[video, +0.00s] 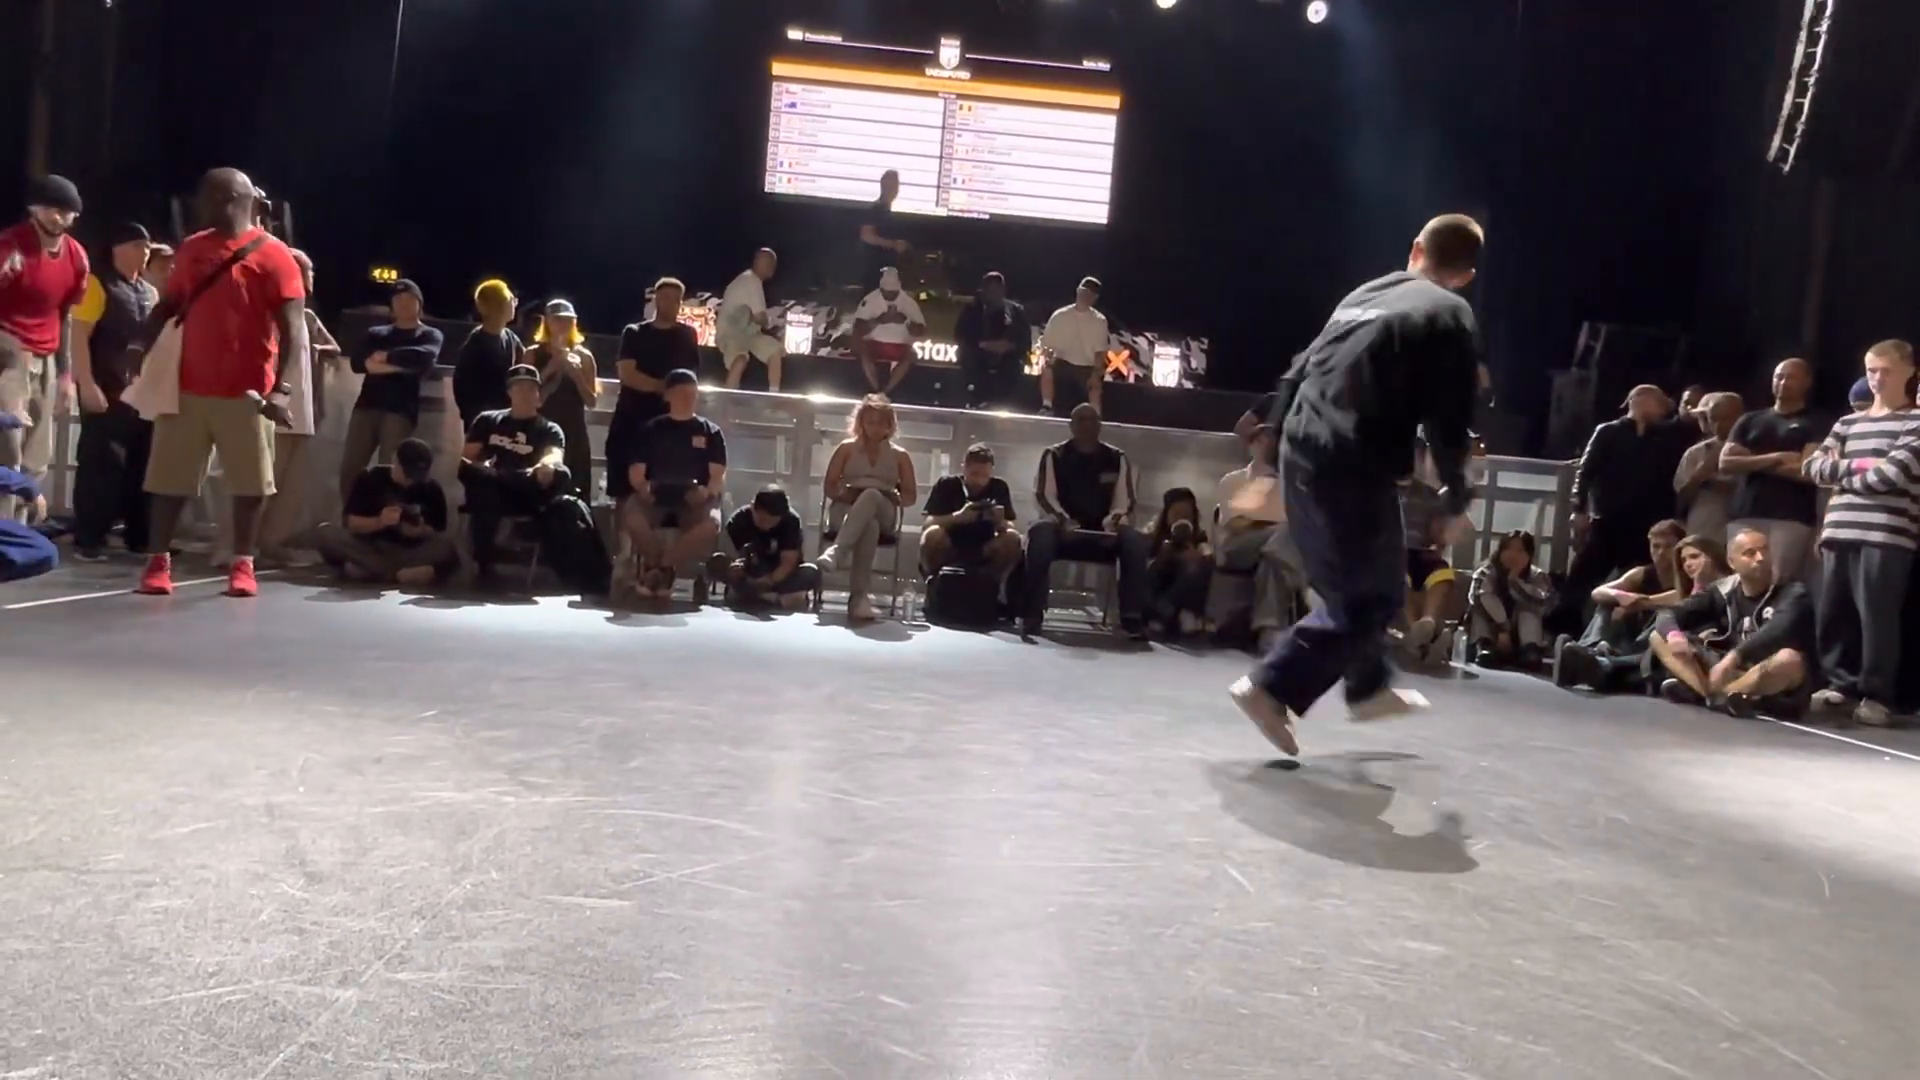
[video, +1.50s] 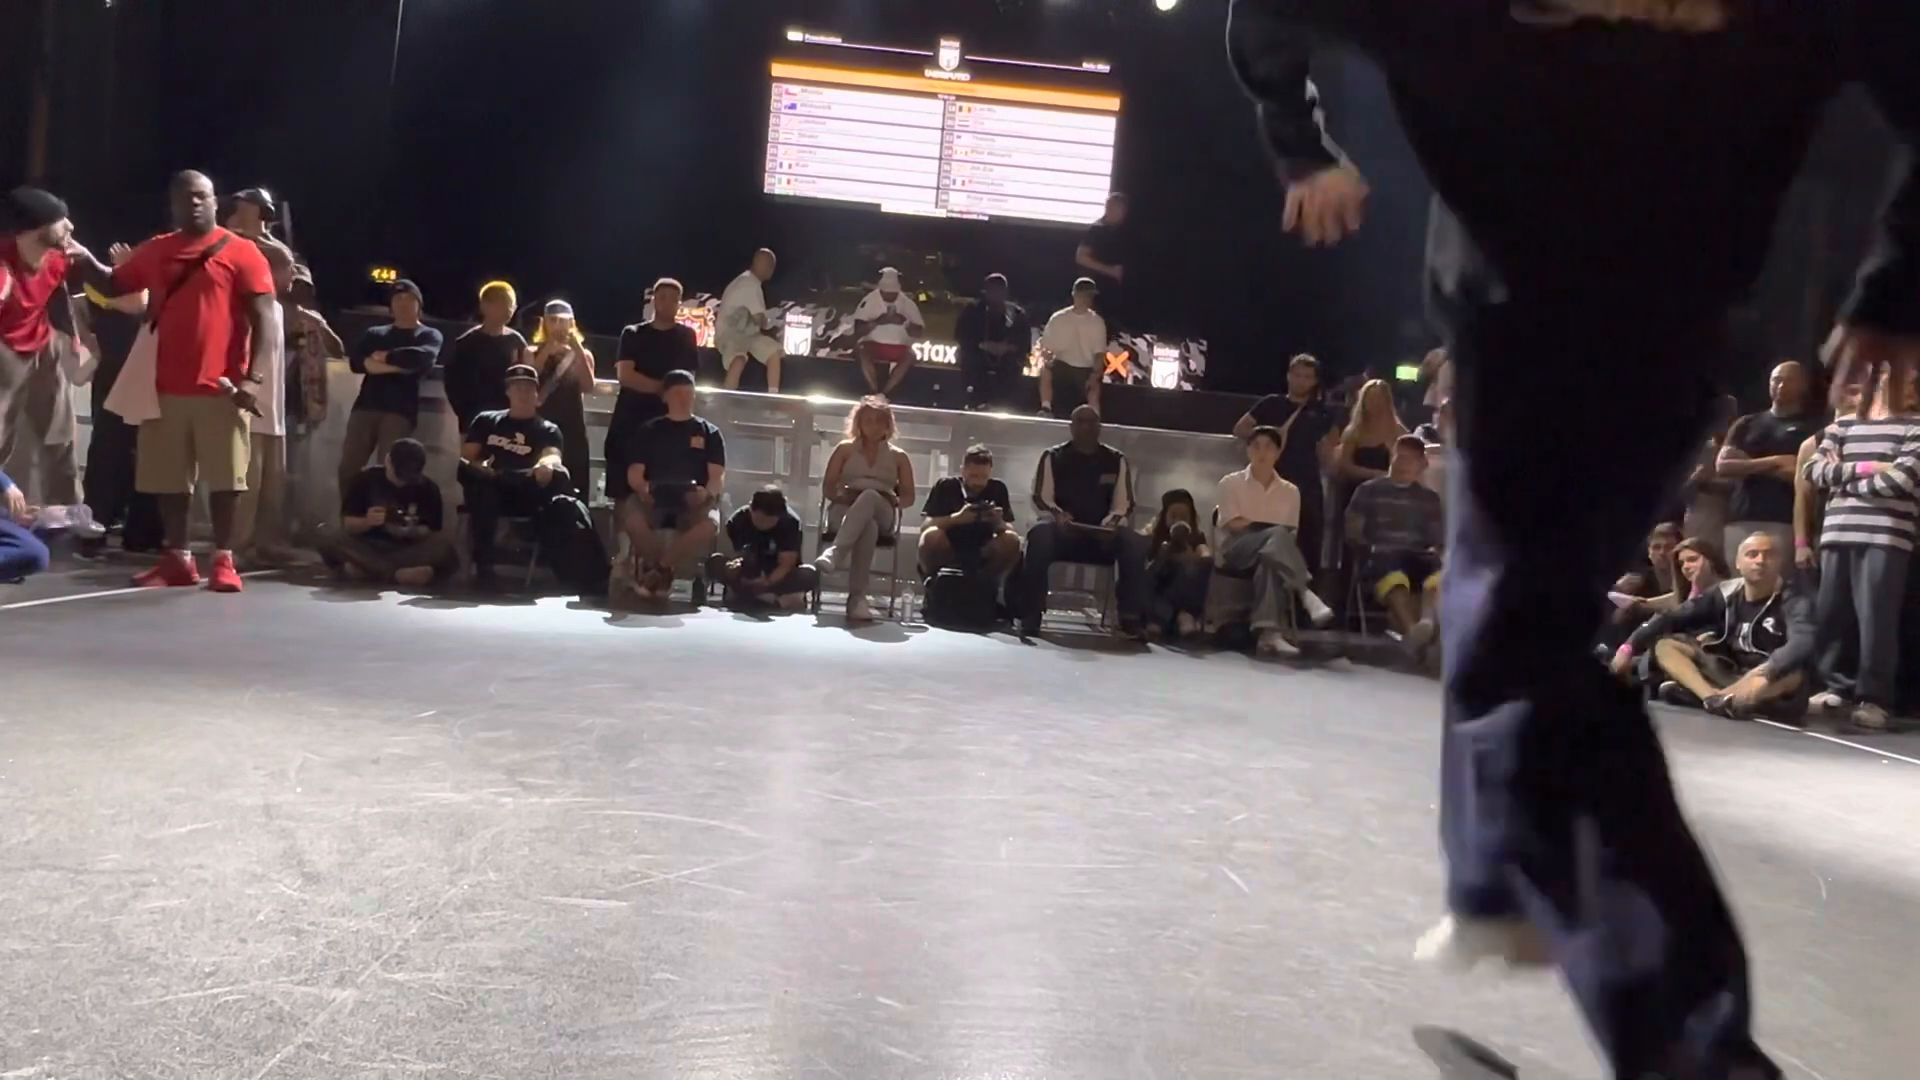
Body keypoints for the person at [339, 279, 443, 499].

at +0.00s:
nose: (403, 304)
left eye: (408, 299)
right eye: (398, 300)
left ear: (419, 305)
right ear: (392, 306)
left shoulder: (431, 334)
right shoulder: (376, 332)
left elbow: (424, 359)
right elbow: (358, 364)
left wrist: (385, 356)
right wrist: (401, 366)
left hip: (400, 411)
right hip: (367, 408)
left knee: (389, 472)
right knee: (350, 468)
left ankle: (384, 525)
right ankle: (349, 524)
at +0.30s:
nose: (403, 305)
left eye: (408, 300)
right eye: (398, 300)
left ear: (418, 305)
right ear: (391, 306)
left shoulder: (430, 335)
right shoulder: (376, 333)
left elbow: (422, 360)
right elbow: (356, 363)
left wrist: (383, 356)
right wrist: (399, 366)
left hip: (399, 410)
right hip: (366, 406)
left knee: (390, 470)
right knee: (349, 467)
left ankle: (385, 523)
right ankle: (350, 522)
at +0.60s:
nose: (403, 304)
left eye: (408, 299)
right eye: (398, 300)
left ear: (418, 304)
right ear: (391, 305)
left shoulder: (431, 335)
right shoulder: (375, 333)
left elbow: (423, 360)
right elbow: (357, 364)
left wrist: (384, 357)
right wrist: (401, 366)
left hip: (400, 411)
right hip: (367, 407)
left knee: (389, 471)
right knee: (349, 467)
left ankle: (384, 525)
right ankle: (350, 525)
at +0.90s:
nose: (402, 305)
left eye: (408, 300)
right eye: (398, 301)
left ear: (418, 305)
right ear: (391, 306)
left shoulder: (430, 335)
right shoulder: (374, 333)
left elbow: (423, 359)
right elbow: (356, 365)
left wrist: (384, 357)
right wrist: (399, 366)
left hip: (399, 413)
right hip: (365, 409)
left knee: (389, 474)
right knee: (349, 469)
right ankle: (350, 526)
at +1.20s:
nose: (403, 305)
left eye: (408, 300)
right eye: (398, 301)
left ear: (418, 305)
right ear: (391, 306)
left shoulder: (430, 335)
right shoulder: (374, 333)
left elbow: (424, 359)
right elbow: (356, 364)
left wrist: (384, 356)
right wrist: (399, 366)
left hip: (398, 412)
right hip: (365, 409)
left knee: (388, 472)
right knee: (348, 467)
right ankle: (349, 522)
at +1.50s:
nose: (403, 303)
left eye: (408, 299)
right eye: (398, 299)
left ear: (418, 305)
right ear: (391, 306)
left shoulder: (430, 335)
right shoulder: (375, 333)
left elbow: (422, 360)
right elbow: (356, 363)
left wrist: (383, 355)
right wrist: (398, 367)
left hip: (399, 413)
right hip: (366, 409)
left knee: (390, 473)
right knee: (348, 469)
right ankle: (349, 522)